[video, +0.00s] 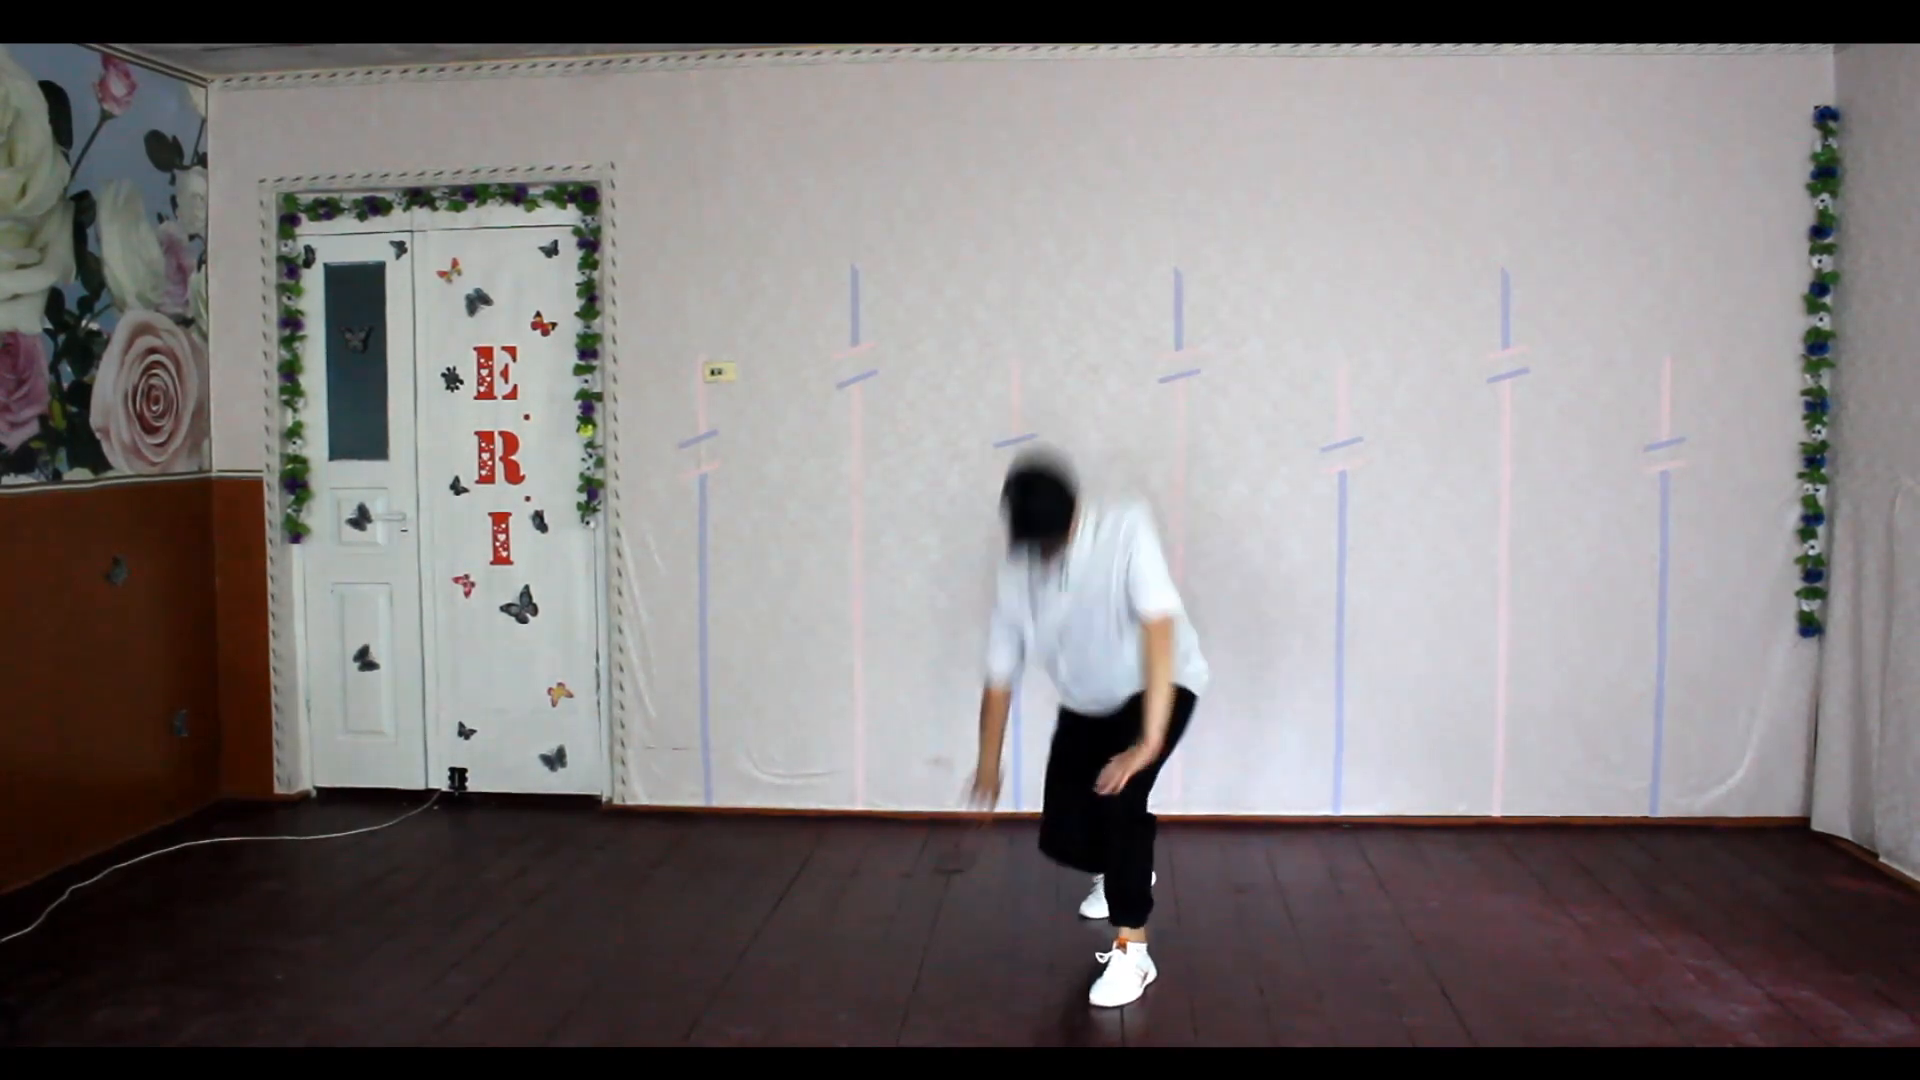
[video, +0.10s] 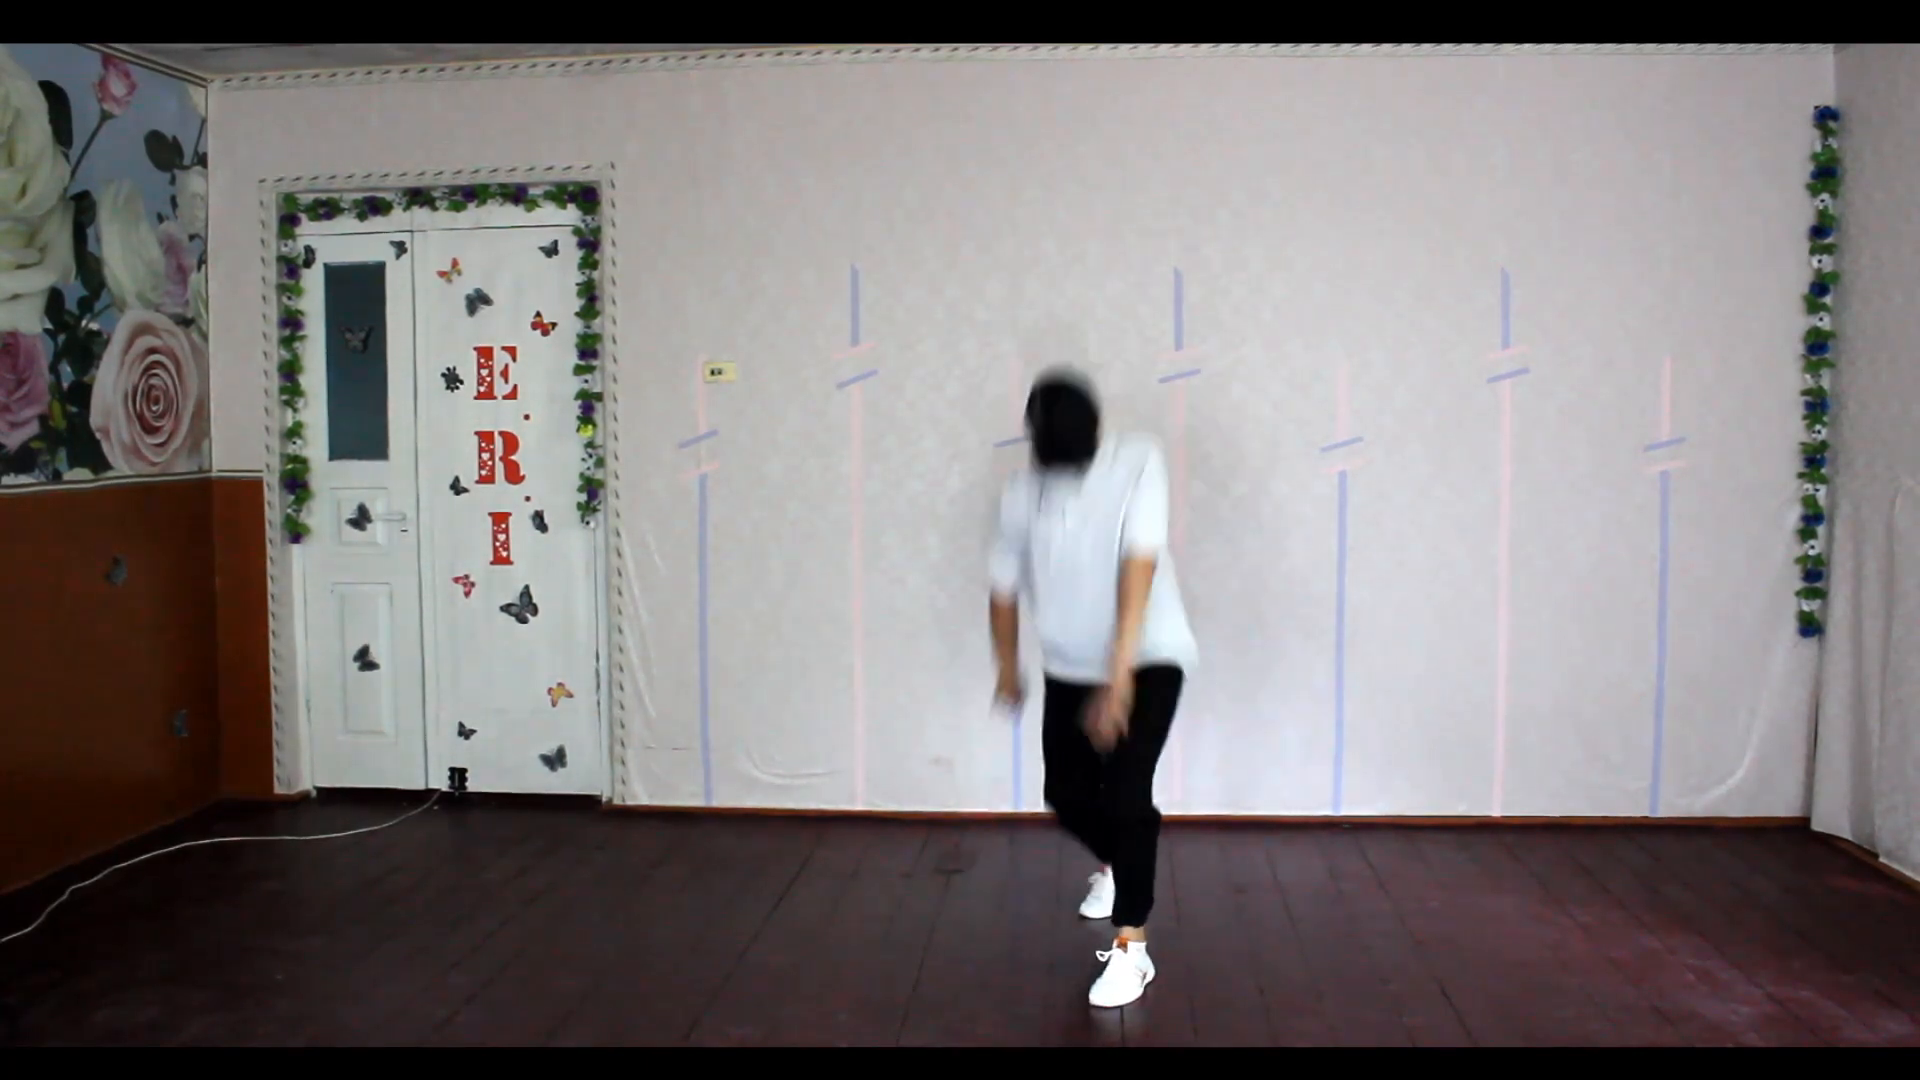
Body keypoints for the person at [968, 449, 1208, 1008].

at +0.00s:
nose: (1047, 551)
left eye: (1054, 539)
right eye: (1035, 543)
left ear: (1071, 515)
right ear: (1018, 529)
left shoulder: (1124, 529)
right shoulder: (1017, 566)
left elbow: (1161, 629)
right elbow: (1000, 674)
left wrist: (1150, 740)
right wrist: (988, 764)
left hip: (1153, 693)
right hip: (1085, 702)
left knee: (1121, 806)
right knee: (1063, 832)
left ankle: (1131, 951)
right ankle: (1126, 868)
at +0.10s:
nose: (1062, 468)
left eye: (1070, 456)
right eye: (1052, 457)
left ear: (1091, 433)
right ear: (1037, 440)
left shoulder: (1136, 463)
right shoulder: (1023, 488)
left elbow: (1139, 568)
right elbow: (1003, 587)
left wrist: (1120, 679)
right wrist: (1007, 668)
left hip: (1145, 662)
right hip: (1069, 667)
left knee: (1123, 797)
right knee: (1067, 797)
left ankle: (1131, 944)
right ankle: (1117, 859)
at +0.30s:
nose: (1070, 338)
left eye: (1076, 323)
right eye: (1062, 324)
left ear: (1085, 319)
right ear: (1065, 318)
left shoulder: (1147, 369)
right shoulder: (1026, 389)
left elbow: (1161, 462)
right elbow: (1003, 471)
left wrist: (1058, 498)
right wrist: (1029, 510)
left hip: (1135, 583)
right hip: (1056, 584)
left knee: (1130, 730)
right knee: (1051, 727)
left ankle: (1142, 885)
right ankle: (1074, 853)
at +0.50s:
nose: (1091, 396)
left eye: (1101, 383)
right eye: (1078, 386)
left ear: (1117, 369)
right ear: (1056, 374)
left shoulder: (1152, 425)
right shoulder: (1024, 431)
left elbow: (1167, 529)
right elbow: (1004, 523)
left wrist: (1068, 539)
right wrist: (1073, 542)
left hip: (1125, 639)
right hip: (1043, 636)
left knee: (1116, 779)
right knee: (1050, 782)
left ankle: (1116, 917)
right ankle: (1064, 923)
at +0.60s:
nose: (1085, 405)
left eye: (1095, 393)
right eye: (1073, 395)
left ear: (1111, 377)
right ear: (1051, 380)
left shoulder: (1147, 430)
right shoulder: (1018, 436)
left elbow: (1167, 528)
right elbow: (990, 523)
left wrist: (1073, 546)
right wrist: (1040, 553)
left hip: (1124, 636)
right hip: (1043, 634)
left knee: (1114, 777)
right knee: (1050, 781)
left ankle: (1113, 916)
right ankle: (1065, 925)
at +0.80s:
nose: (1052, 388)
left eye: (1064, 376)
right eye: (1041, 376)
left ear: (1088, 354)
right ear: (1023, 360)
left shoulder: (1132, 396)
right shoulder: (1005, 406)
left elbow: (1179, 470)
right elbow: (959, 454)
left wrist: (1094, 512)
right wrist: (967, 538)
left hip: (1118, 612)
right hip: (1034, 610)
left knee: (1127, 759)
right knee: (1015, 762)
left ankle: (1129, 909)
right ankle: (1043, 909)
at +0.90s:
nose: (1029, 412)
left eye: (1040, 403)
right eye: (1020, 402)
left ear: (1065, 382)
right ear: (1006, 385)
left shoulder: (1112, 419)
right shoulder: (995, 423)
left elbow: (1165, 501)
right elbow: (946, 462)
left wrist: (1102, 506)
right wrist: (882, 518)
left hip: (1121, 622)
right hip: (1031, 618)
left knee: (1179, 760)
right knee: (946, 743)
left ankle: (1194, 894)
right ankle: (962, 881)